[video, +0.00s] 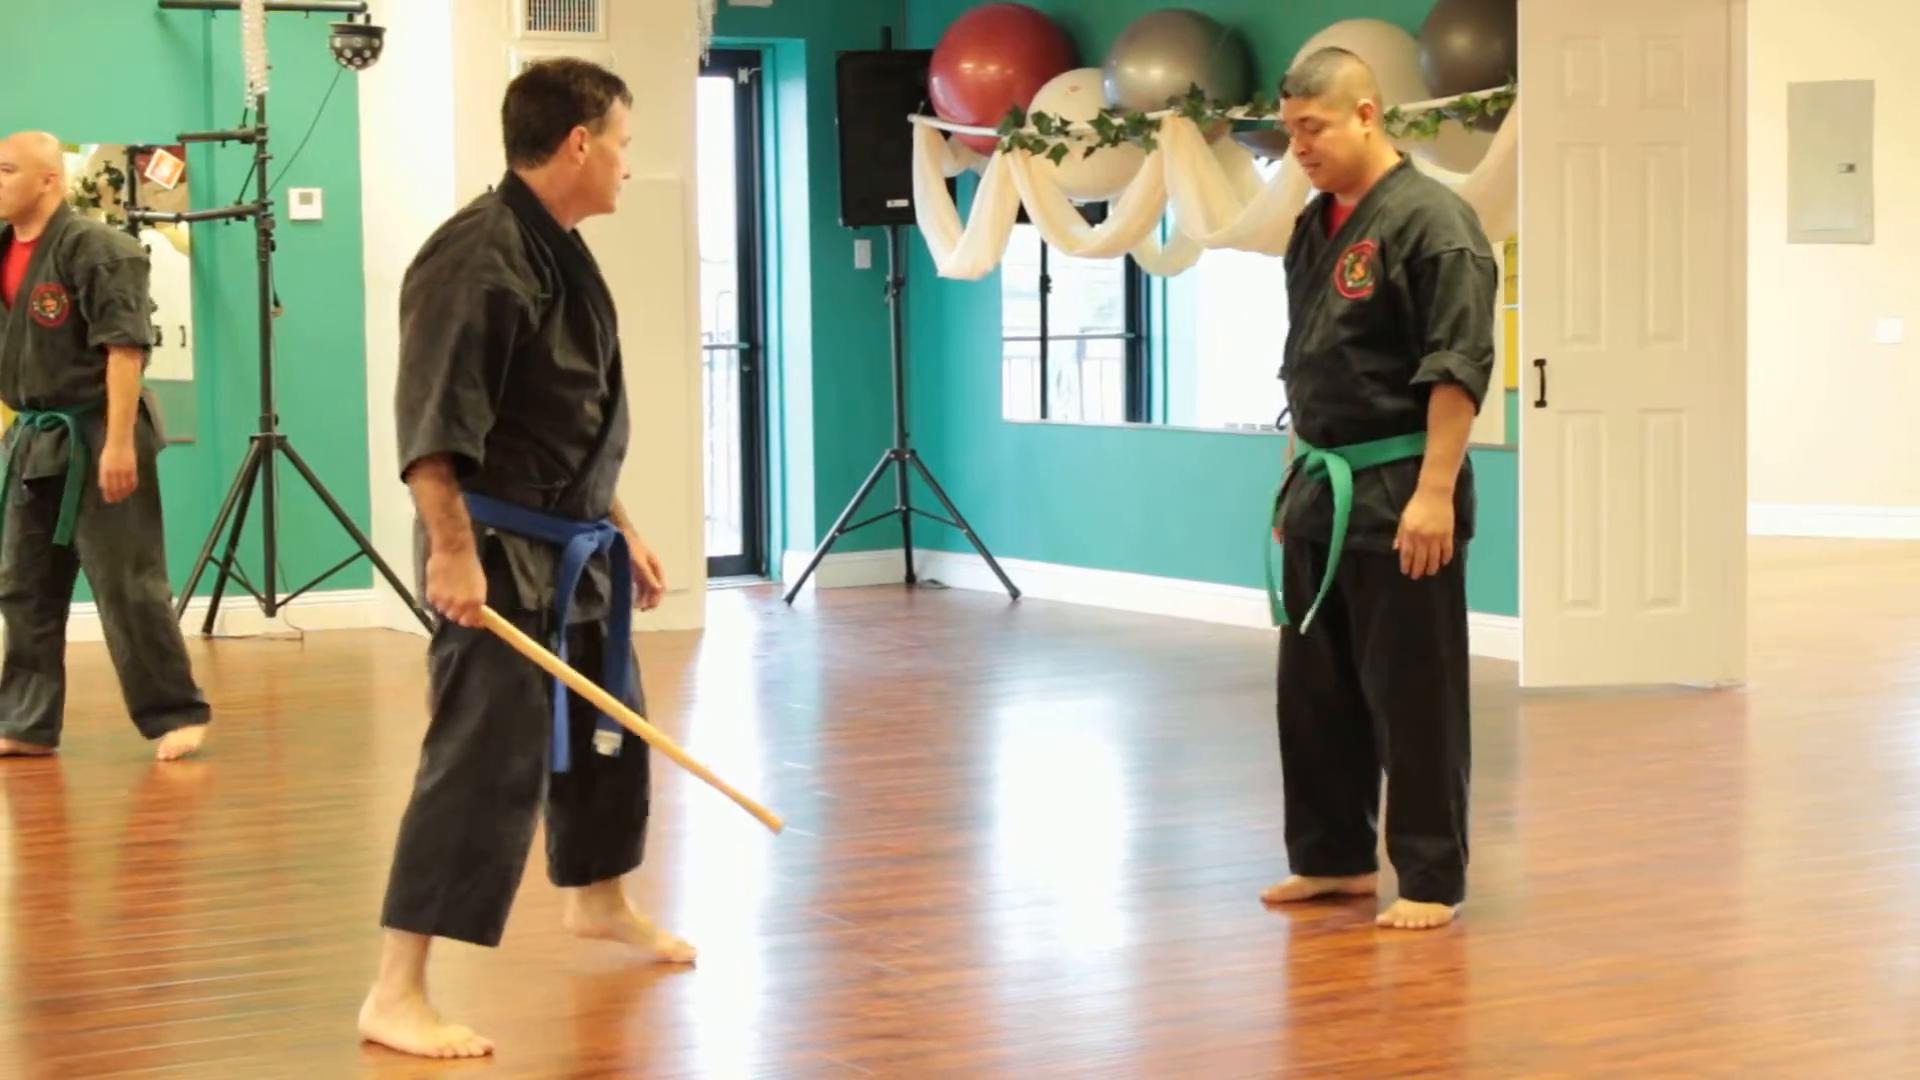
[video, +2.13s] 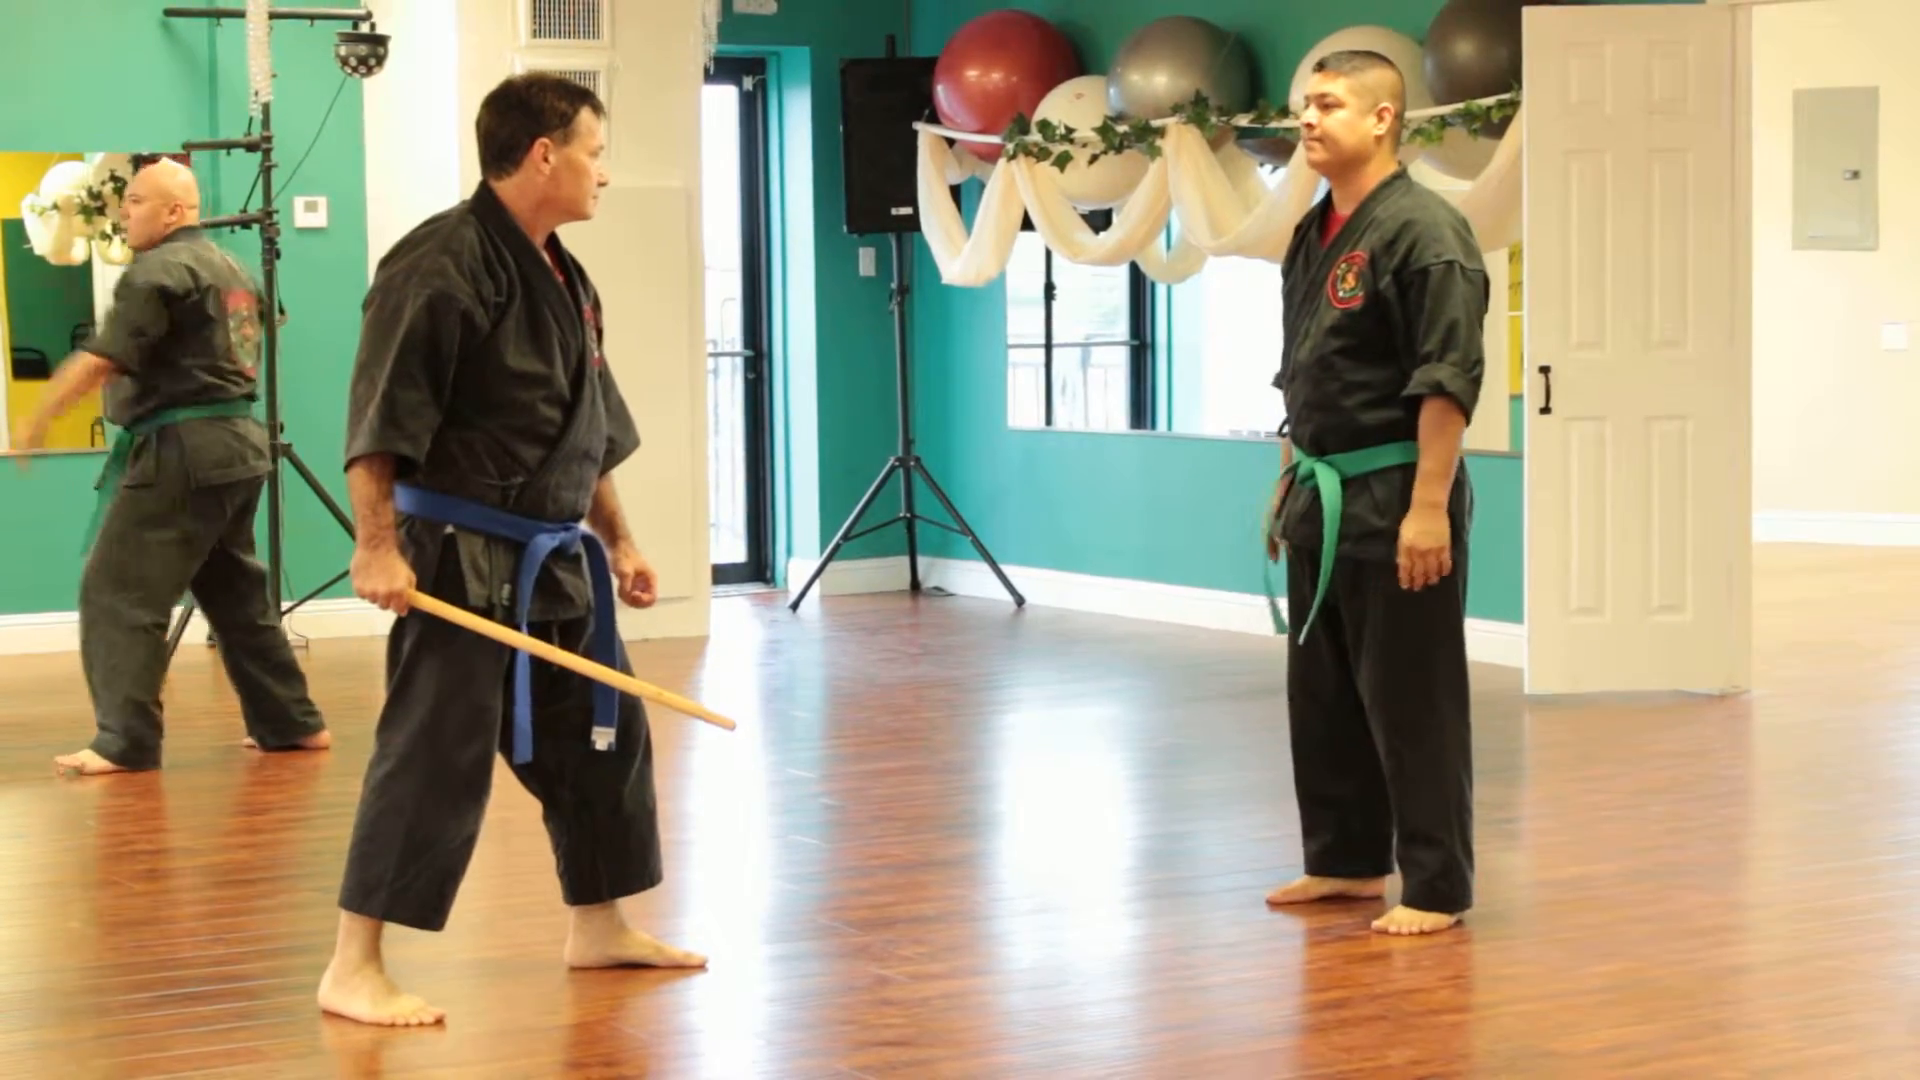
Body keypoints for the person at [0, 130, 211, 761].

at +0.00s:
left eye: (7, 170)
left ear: (48, 180)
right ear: (22, 181)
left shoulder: (99, 248)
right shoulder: (13, 253)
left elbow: (125, 348)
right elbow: (21, 357)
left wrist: (121, 440)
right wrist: (18, 424)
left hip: (102, 431)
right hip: (33, 434)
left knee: (127, 581)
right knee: (25, 587)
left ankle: (179, 718)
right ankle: (26, 725)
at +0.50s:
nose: (62, 197)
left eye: (73, 188)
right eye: (64, 187)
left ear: (113, 198)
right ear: (109, 199)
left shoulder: (136, 263)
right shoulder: (109, 258)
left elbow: (137, 378)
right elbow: (118, 370)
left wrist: (102, 468)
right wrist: (100, 447)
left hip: (163, 433)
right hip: (129, 428)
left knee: (150, 580)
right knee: (93, 575)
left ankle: (160, 732)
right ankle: (95, 718)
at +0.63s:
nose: (89, 193)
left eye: (100, 183)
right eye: (92, 182)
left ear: (140, 193)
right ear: (139, 194)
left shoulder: (154, 260)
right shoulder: (145, 248)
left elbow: (149, 373)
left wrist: (120, 463)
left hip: (174, 435)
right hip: (166, 429)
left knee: (154, 583)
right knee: (151, 574)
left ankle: (159, 733)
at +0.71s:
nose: (104, 194)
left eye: (118, 183)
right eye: (106, 182)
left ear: (163, 192)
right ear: (164, 195)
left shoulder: (165, 262)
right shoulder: (185, 248)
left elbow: (160, 376)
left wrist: (128, 461)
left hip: (179, 435)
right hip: (212, 428)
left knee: (155, 584)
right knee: (203, 574)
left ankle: (160, 737)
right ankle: (276, 697)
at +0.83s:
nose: (130, 199)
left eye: (144, 191)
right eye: (134, 188)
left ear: (185, 204)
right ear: (187, 205)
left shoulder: (184, 269)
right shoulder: (212, 254)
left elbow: (175, 378)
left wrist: (140, 464)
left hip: (195, 439)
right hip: (238, 433)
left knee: (147, 586)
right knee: (243, 565)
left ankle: (160, 737)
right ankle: (306, 705)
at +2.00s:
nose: (136, 208)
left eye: (147, 197)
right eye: (139, 197)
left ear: (187, 206)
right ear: (195, 209)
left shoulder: (178, 271)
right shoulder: (238, 263)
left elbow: (147, 376)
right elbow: (251, 359)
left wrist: (105, 447)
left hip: (194, 447)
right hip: (245, 441)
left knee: (141, 594)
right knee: (245, 591)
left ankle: (130, 744)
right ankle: (292, 723)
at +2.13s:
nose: (122, 211)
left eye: (134, 201)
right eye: (125, 200)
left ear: (174, 211)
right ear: (185, 212)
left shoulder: (157, 272)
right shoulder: (229, 267)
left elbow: (100, 359)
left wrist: (39, 418)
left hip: (182, 451)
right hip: (240, 444)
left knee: (118, 589)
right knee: (232, 586)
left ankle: (126, 742)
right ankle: (290, 722)